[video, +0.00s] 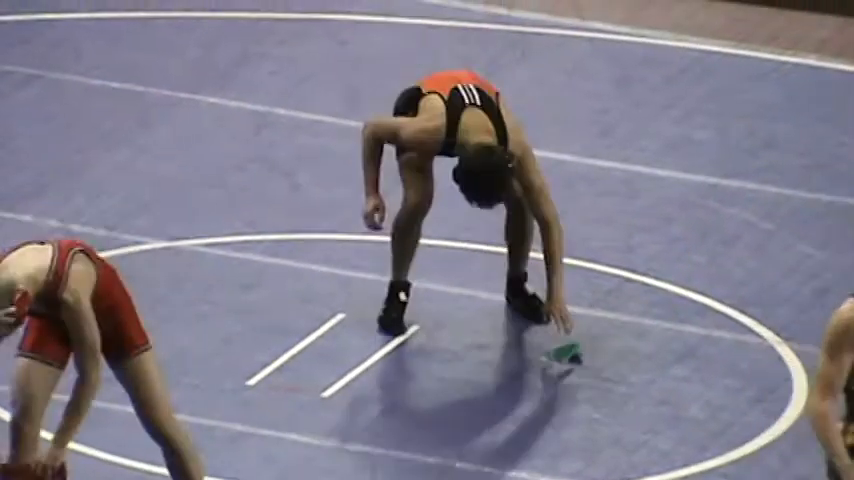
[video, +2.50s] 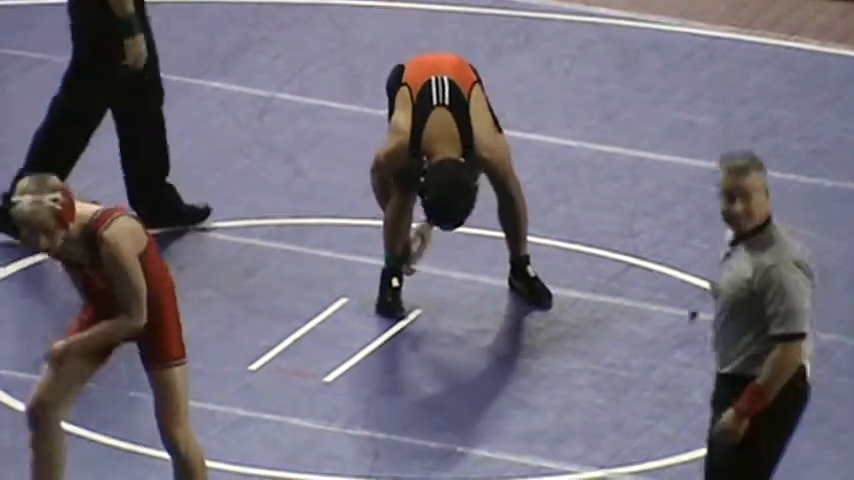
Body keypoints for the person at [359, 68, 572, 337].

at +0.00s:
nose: (488, 207)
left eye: (492, 201)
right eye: (480, 202)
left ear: (505, 173)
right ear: (460, 178)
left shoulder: (517, 148)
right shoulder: (424, 135)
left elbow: (549, 221)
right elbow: (372, 131)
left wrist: (557, 296)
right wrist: (372, 194)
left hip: (486, 98)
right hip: (423, 95)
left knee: (520, 200)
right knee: (417, 202)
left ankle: (516, 287)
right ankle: (397, 292)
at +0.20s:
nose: (498, 232)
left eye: (502, 226)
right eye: (490, 227)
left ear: (520, 192)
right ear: (470, 194)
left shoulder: (532, 169)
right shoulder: (441, 149)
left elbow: (551, 240)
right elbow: (389, 151)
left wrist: (549, 306)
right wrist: (389, 218)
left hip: (499, 99)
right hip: (436, 93)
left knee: (529, 203)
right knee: (431, 195)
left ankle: (516, 279)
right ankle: (395, 286)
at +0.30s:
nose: (496, 223)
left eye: (506, 218)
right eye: (489, 217)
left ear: (524, 183)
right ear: (471, 183)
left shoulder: (534, 159)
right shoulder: (443, 145)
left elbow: (537, 227)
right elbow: (392, 175)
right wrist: (407, 236)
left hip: (497, 86)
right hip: (435, 83)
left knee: (524, 209)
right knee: (431, 192)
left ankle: (516, 279)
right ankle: (395, 278)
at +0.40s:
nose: (492, 215)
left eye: (497, 210)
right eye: (485, 207)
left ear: (517, 178)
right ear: (471, 171)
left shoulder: (532, 150)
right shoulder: (447, 136)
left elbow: (516, 215)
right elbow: (395, 186)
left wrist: (480, 263)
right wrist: (424, 247)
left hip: (494, 76)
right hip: (432, 77)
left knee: (523, 200)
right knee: (427, 187)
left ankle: (514, 273)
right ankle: (393, 280)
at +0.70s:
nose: (469, 199)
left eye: (477, 196)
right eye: (464, 194)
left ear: (500, 165)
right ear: (453, 153)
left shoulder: (515, 140)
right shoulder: (428, 124)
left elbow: (486, 195)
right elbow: (370, 171)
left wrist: (458, 248)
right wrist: (383, 240)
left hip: (486, 73)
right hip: (421, 72)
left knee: (507, 185)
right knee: (413, 186)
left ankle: (513, 275)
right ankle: (391, 282)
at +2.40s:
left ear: (477, 188)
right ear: (429, 192)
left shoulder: (493, 153)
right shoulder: (401, 151)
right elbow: (381, 186)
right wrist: (404, 242)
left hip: (467, 75)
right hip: (411, 76)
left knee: (508, 194)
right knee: (405, 191)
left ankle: (521, 270)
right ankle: (391, 279)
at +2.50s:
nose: (444, 228)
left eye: (451, 225)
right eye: (438, 223)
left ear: (473, 183)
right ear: (424, 186)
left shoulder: (492, 150)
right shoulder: (397, 151)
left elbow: (515, 200)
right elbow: (378, 177)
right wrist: (396, 230)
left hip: (464, 73)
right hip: (408, 76)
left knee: (506, 190)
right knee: (403, 192)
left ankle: (521, 268)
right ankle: (391, 277)